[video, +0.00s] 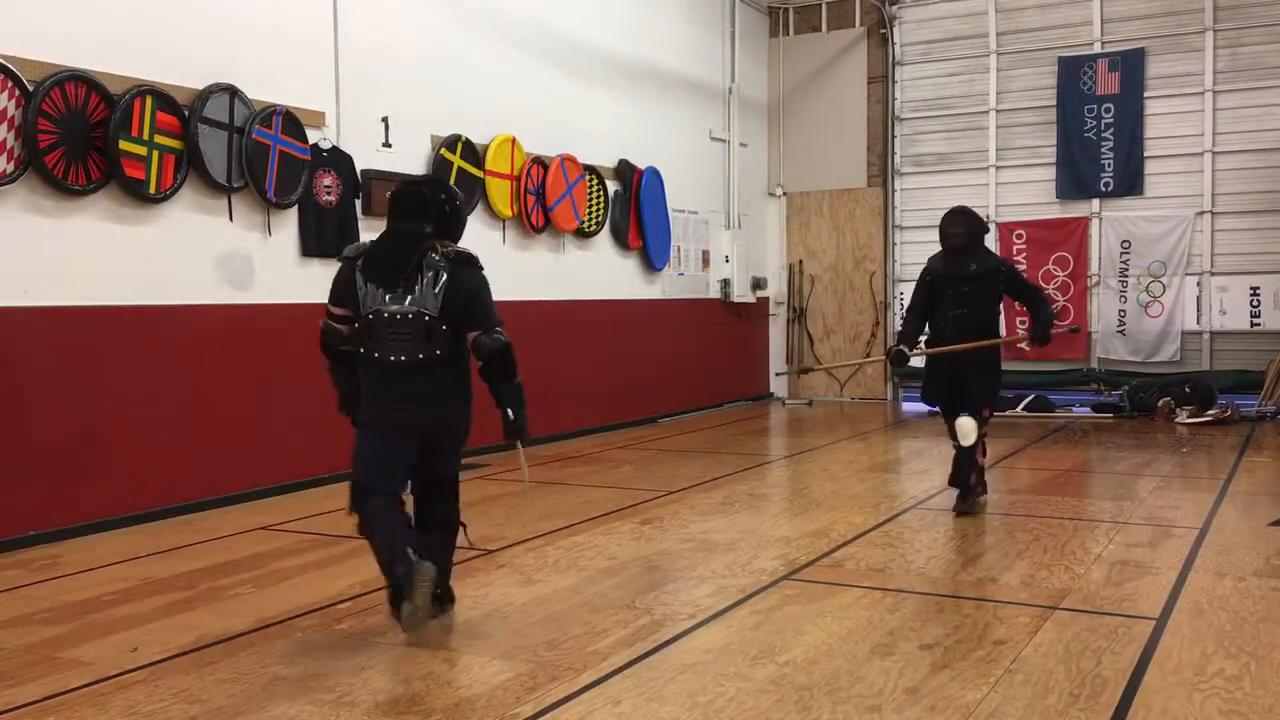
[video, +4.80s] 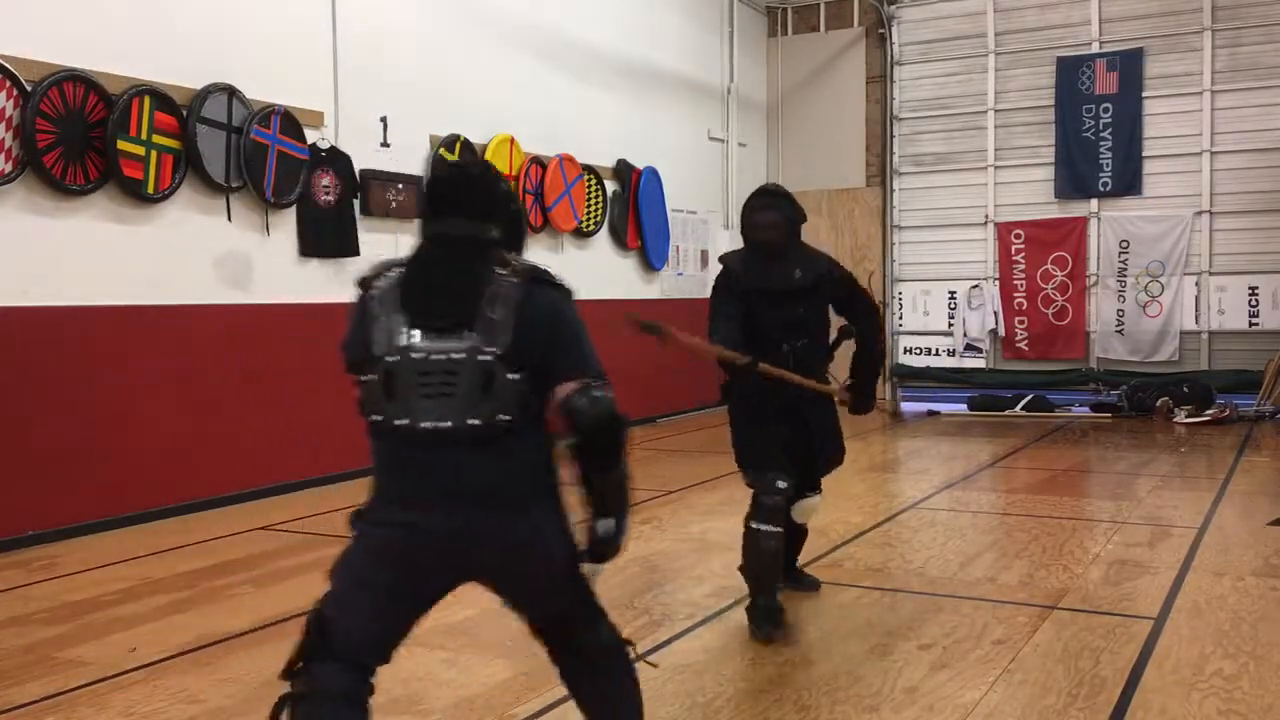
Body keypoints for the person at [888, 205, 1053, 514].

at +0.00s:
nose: (955, 240)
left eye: (961, 234)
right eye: (949, 234)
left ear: (975, 234)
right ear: (941, 235)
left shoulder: (993, 267)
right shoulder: (934, 269)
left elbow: (1034, 298)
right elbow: (917, 311)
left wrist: (1040, 326)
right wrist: (904, 344)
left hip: (981, 357)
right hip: (943, 357)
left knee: (968, 423)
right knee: (956, 424)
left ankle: (969, 489)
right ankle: (976, 480)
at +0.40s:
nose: (923, 236)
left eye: (930, 230)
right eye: (922, 229)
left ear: (948, 231)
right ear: (921, 230)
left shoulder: (973, 265)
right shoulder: (918, 265)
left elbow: (996, 314)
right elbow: (902, 308)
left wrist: (974, 339)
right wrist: (890, 325)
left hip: (962, 358)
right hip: (922, 356)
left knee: (960, 426)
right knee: (908, 422)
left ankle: (963, 494)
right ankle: (913, 490)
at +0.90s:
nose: (863, 237)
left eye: (869, 230)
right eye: (860, 230)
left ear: (886, 229)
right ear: (857, 232)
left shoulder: (913, 267)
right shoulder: (857, 267)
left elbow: (945, 314)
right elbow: (843, 307)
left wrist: (914, 341)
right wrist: (836, 328)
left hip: (904, 365)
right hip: (863, 364)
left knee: (907, 439)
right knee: (859, 434)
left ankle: (936, 485)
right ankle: (864, 505)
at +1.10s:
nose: (850, 236)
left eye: (857, 229)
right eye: (846, 229)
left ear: (874, 228)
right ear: (841, 229)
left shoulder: (900, 265)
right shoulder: (838, 266)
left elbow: (932, 312)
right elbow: (822, 310)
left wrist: (901, 340)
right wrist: (823, 326)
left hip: (889, 364)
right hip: (850, 364)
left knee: (884, 435)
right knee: (855, 434)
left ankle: (882, 510)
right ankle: (863, 504)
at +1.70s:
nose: (823, 226)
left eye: (830, 218)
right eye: (819, 219)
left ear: (848, 221)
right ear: (813, 222)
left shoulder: (877, 265)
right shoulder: (810, 265)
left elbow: (917, 310)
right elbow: (787, 305)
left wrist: (918, 359)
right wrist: (757, 324)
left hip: (863, 370)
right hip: (817, 368)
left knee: (859, 446)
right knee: (803, 441)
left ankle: (860, 523)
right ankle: (804, 521)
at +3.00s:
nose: (772, 235)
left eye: (780, 226)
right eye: (764, 227)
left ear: (798, 227)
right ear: (754, 229)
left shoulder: (825, 271)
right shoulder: (747, 272)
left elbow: (868, 314)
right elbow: (724, 317)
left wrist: (886, 363)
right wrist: (707, 355)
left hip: (811, 386)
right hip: (759, 386)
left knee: (821, 478)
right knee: (753, 470)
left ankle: (807, 537)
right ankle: (747, 555)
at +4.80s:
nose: (765, 236)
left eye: (774, 226)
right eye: (755, 227)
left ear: (795, 226)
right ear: (744, 229)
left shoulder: (820, 270)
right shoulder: (735, 273)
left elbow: (867, 318)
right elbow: (723, 326)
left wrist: (864, 383)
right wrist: (731, 354)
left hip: (807, 397)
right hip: (754, 397)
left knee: (805, 495)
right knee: (771, 493)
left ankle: (787, 565)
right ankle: (762, 600)